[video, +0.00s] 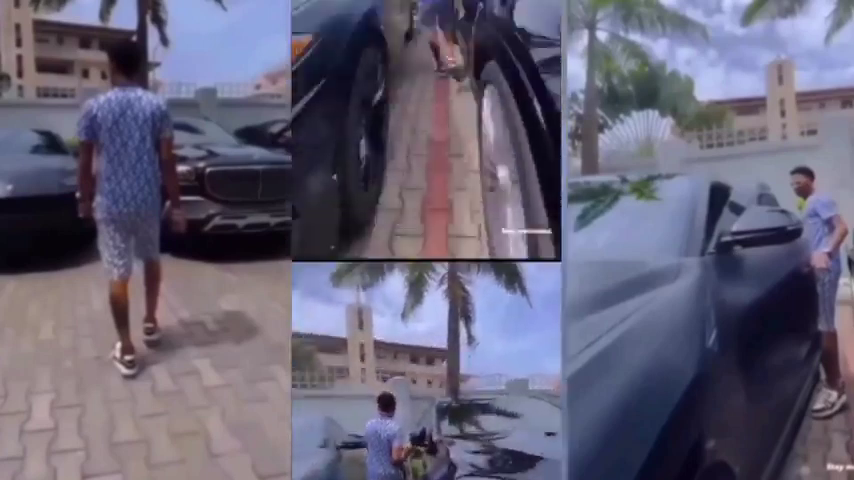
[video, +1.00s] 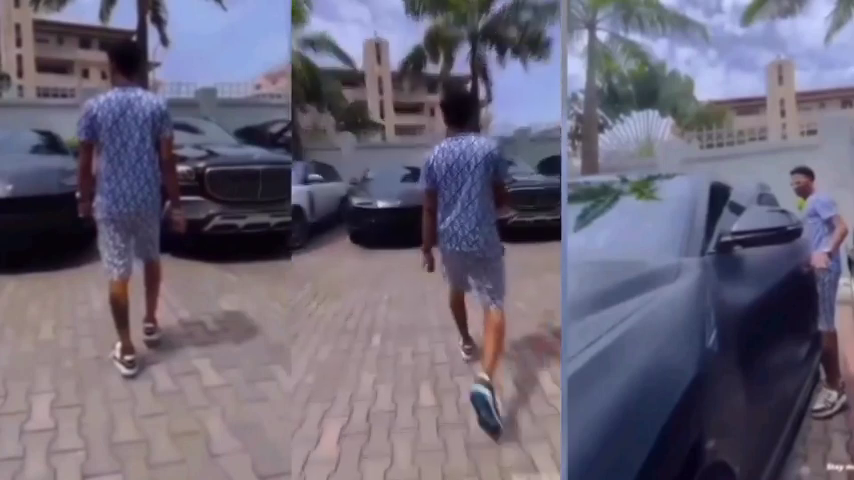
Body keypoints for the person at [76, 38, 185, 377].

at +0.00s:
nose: (112, 71)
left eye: (111, 66)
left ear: (112, 67)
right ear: (142, 67)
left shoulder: (95, 107)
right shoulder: (155, 105)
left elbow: (85, 161)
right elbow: (167, 159)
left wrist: (85, 199)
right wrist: (175, 202)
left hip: (110, 201)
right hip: (147, 200)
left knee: (118, 273)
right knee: (151, 260)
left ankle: (125, 348)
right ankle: (150, 319)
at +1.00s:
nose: (110, 72)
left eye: (110, 66)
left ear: (112, 68)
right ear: (142, 67)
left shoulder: (96, 107)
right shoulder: (156, 106)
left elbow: (85, 161)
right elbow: (167, 160)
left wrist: (85, 199)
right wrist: (175, 202)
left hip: (110, 201)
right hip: (147, 200)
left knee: (118, 273)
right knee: (151, 260)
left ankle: (125, 348)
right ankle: (150, 319)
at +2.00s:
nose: (110, 72)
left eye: (110, 66)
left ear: (112, 68)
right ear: (142, 67)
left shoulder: (96, 107)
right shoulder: (156, 106)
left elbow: (85, 161)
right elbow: (167, 160)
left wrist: (85, 199)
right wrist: (175, 202)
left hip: (110, 201)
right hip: (147, 200)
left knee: (118, 273)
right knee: (151, 260)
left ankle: (125, 348)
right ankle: (150, 319)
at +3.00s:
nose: (110, 71)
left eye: (110, 66)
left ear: (112, 68)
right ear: (142, 67)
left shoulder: (95, 107)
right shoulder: (156, 106)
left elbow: (85, 161)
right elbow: (167, 160)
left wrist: (84, 199)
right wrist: (175, 202)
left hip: (110, 201)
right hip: (147, 200)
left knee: (118, 273)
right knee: (151, 260)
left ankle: (125, 348)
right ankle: (150, 319)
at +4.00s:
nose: (110, 71)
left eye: (110, 66)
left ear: (112, 68)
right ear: (142, 67)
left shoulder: (95, 107)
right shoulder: (156, 106)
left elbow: (85, 161)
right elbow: (167, 160)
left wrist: (84, 199)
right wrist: (175, 202)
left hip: (110, 201)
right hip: (147, 200)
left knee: (118, 273)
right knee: (151, 260)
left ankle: (125, 348)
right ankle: (150, 319)